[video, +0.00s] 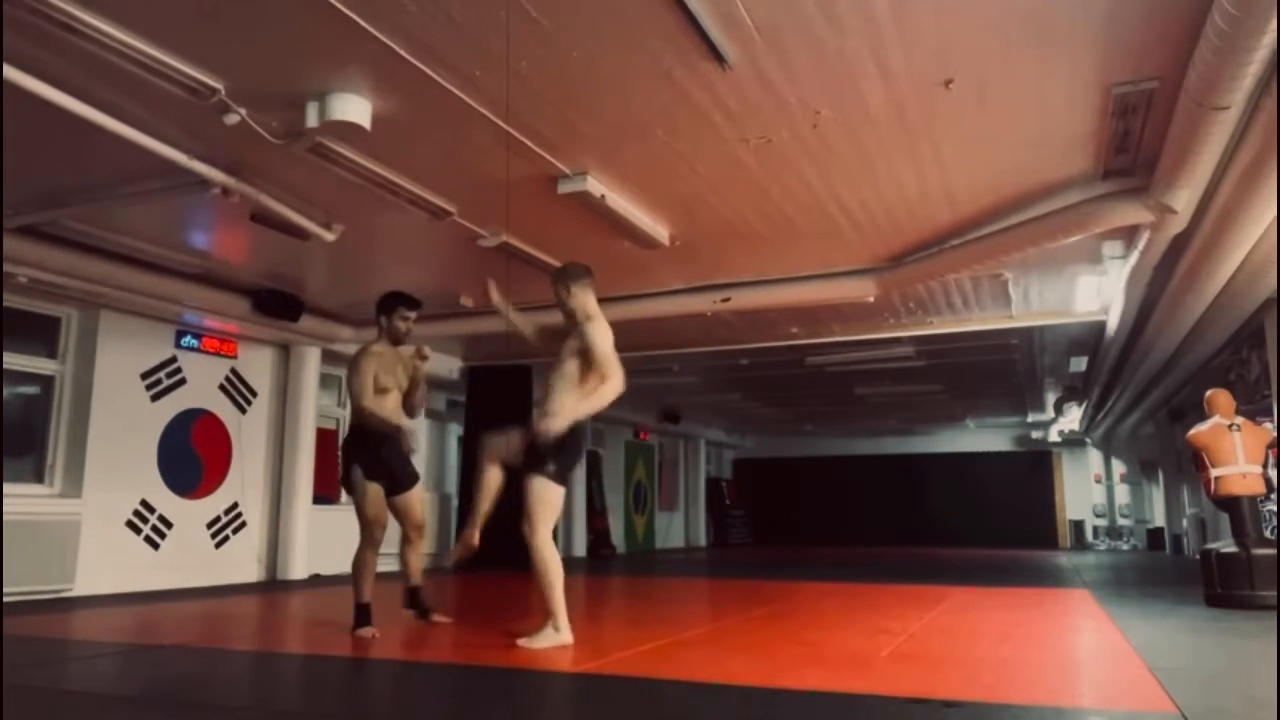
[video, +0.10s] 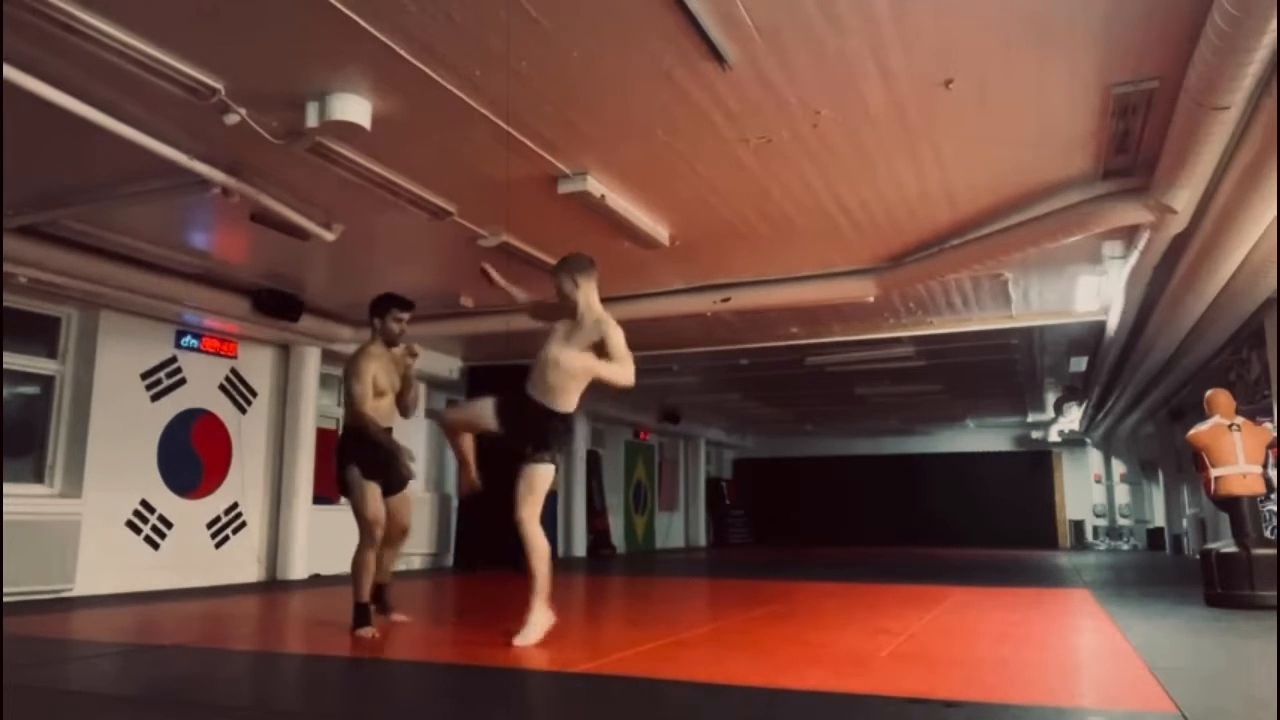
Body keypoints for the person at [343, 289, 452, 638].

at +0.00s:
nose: (410, 327)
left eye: (413, 321)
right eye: (404, 320)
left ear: (413, 323)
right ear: (385, 319)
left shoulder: (408, 359)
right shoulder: (366, 356)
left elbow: (412, 409)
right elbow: (361, 406)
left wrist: (419, 372)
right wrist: (398, 429)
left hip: (394, 442)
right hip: (364, 442)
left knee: (415, 524)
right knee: (374, 529)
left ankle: (415, 595)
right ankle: (363, 612)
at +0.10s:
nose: (402, 328)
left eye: (406, 322)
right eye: (396, 321)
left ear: (406, 324)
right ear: (378, 320)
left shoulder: (397, 358)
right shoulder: (363, 360)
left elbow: (408, 408)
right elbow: (360, 412)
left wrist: (409, 371)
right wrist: (395, 448)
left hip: (387, 440)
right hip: (359, 441)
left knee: (398, 527)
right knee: (373, 528)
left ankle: (379, 596)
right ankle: (361, 612)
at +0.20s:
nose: (393, 331)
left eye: (397, 326)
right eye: (386, 325)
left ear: (398, 328)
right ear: (369, 325)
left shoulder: (388, 362)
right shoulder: (358, 364)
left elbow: (404, 405)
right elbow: (362, 416)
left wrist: (399, 362)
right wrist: (397, 451)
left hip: (377, 444)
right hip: (353, 445)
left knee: (383, 528)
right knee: (373, 528)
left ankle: (345, 583)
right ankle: (361, 613)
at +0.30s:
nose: (376, 336)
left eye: (381, 330)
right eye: (370, 330)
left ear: (387, 333)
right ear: (355, 331)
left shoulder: (380, 364)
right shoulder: (349, 364)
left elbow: (391, 404)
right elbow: (366, 412)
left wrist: (383, 367)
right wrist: (402, 448)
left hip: (368, 451)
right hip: (347, 450)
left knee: (358, 532)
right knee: (374, 528)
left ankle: (315, 581)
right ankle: (361, 617)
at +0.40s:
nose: (362, 341)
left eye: (367, 335)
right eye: (355, 334)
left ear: (371, 338)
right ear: (340, 336)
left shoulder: (355, 368)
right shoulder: (339, 369)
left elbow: (375, 406)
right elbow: (372, 414)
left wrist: (374, 382)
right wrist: (410, 440)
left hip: (352, 453)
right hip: (343, 454)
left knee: (339, 536)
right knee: (370, 531)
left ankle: (292, 596)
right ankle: (361, 619)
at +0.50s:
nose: (350, 346)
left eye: (354, 340)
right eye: (343, 339)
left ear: (357, 342)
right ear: (326, 340)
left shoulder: (348, 372)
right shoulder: (323, 372)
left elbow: (371, 400)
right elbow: (355, 410)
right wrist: (402, 436)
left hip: (344, 458)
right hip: (329, 459)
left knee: (324, 540)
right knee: (357, 531)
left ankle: (285, 602)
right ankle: (359, 614)